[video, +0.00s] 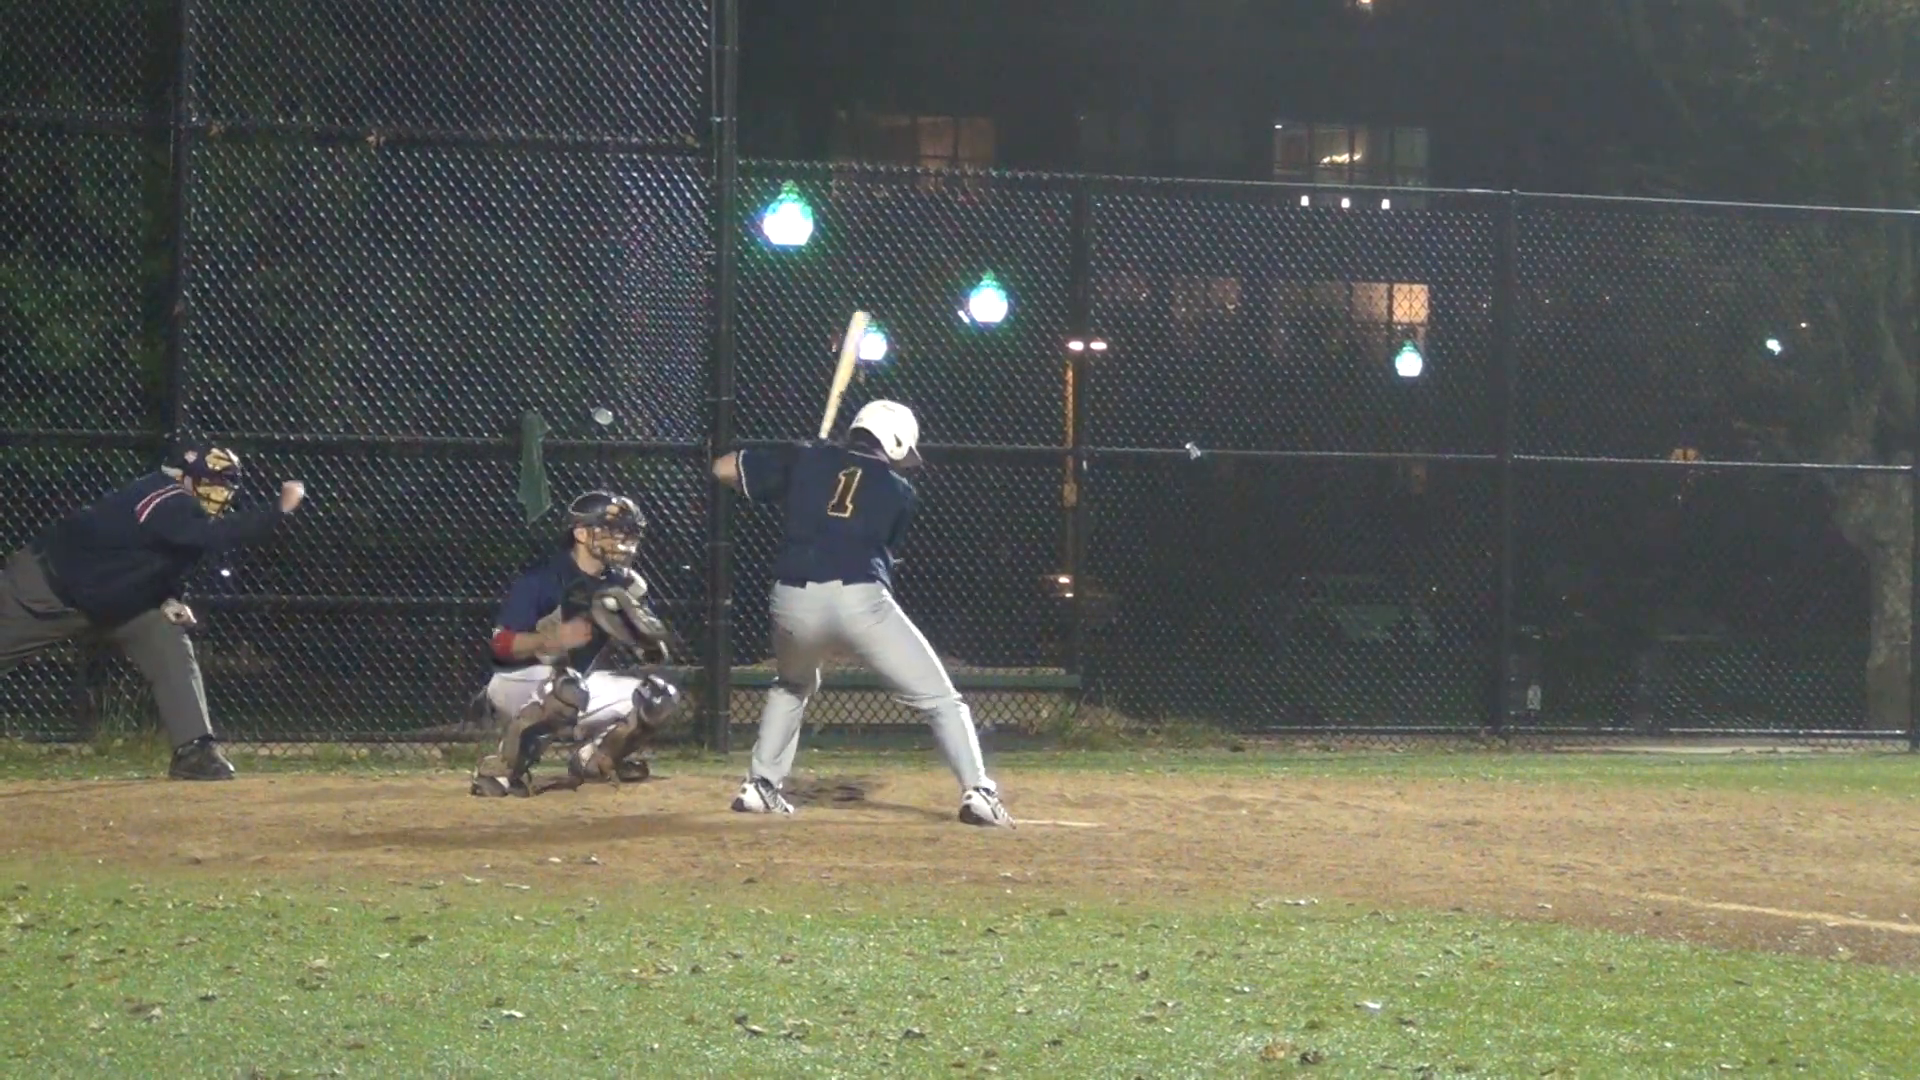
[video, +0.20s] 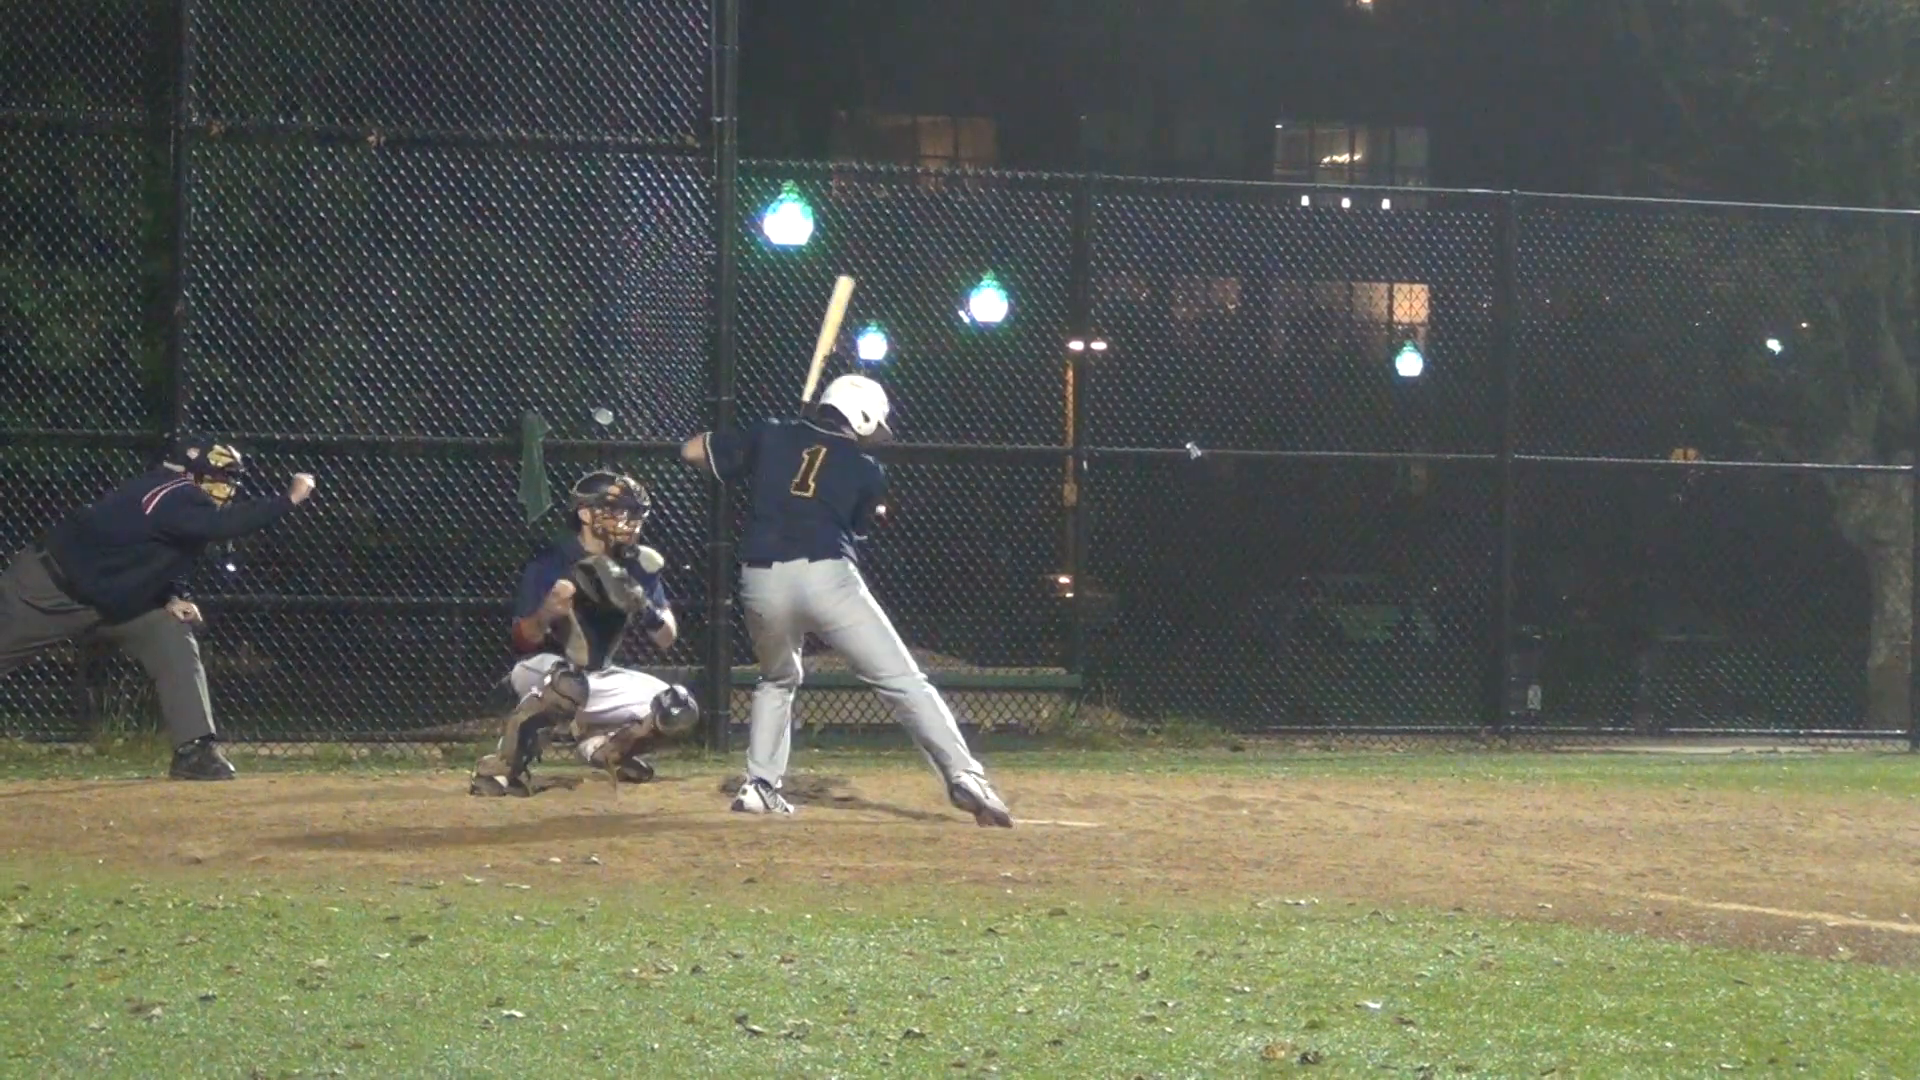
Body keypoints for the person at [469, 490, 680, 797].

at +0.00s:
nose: (621, 539)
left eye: (624, 532)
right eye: (610, 530)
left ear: (631, 536)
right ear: (581, 534)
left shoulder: (621, 584)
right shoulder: (542, 580)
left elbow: (655, 652)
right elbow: (501, 645)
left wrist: (637, 626)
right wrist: (555, 638)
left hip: (579, 681)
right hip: (515, 679)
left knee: (657, 695)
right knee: (569, 690)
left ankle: (593, 761)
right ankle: (501, 770)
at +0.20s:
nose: (625, 521)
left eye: (629, 513)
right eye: (613, 511)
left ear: (637, 518)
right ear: (585, 515)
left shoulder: (639, 566)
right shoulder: (551, 564)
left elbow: (667, 638)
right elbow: (522, 641)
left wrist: (639, 606)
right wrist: (548, 611)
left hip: (600, 676)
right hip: (540, 668)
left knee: (678, 707)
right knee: (569, 685)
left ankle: (608, 752)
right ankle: (500, 767)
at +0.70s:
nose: (656, 495)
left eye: (664, 486)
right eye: (645, 487)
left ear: (680, 492)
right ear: (630, 494)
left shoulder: (698, 541)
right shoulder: (606, 534)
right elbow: (543, 505)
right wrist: (593, 463)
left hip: (673, 677)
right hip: (620, 660)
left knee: (719, 777)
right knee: (594, 725)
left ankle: (642, 761)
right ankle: (507, 774)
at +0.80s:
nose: (685, 492)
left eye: (688, 484)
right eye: (674, 485)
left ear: (699, 490)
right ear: (656, 494)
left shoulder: (711, 541)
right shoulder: (647, 522)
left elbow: (727, 622)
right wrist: (559, 464)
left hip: (685, 674)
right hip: (644, 655)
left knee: (725, 774)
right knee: (612, 744)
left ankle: (634, 765)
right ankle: (515, 774)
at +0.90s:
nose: (694, 486)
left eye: (695, 478)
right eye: (685, 479)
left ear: (701, 482)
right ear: (670, 487)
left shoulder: (713, 527)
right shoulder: (660, 515)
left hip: (691, 666)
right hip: (652, 651)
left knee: (724, 771)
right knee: (647, 761)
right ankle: (543, 770)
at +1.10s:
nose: (693, 480)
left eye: (697, 473)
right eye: (688, 474)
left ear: (704, 482)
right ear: (680, 486)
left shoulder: (725, 525)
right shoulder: (681, 517)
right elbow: (670, 569)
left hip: (708, 664)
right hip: (666, 651)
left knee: (715, 770)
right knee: (656, 768)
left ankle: (624, 741)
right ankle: (543, 764)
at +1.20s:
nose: (710, 480)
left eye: (711, 472)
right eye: (701, 472)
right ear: (684, 485)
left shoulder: (731, 526)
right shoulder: (683, 517)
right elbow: (668, 572)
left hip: (717, 666)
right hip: (668, 651)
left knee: (707, 771)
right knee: (654, 771)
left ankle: (620, 740)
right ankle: (543, 761)